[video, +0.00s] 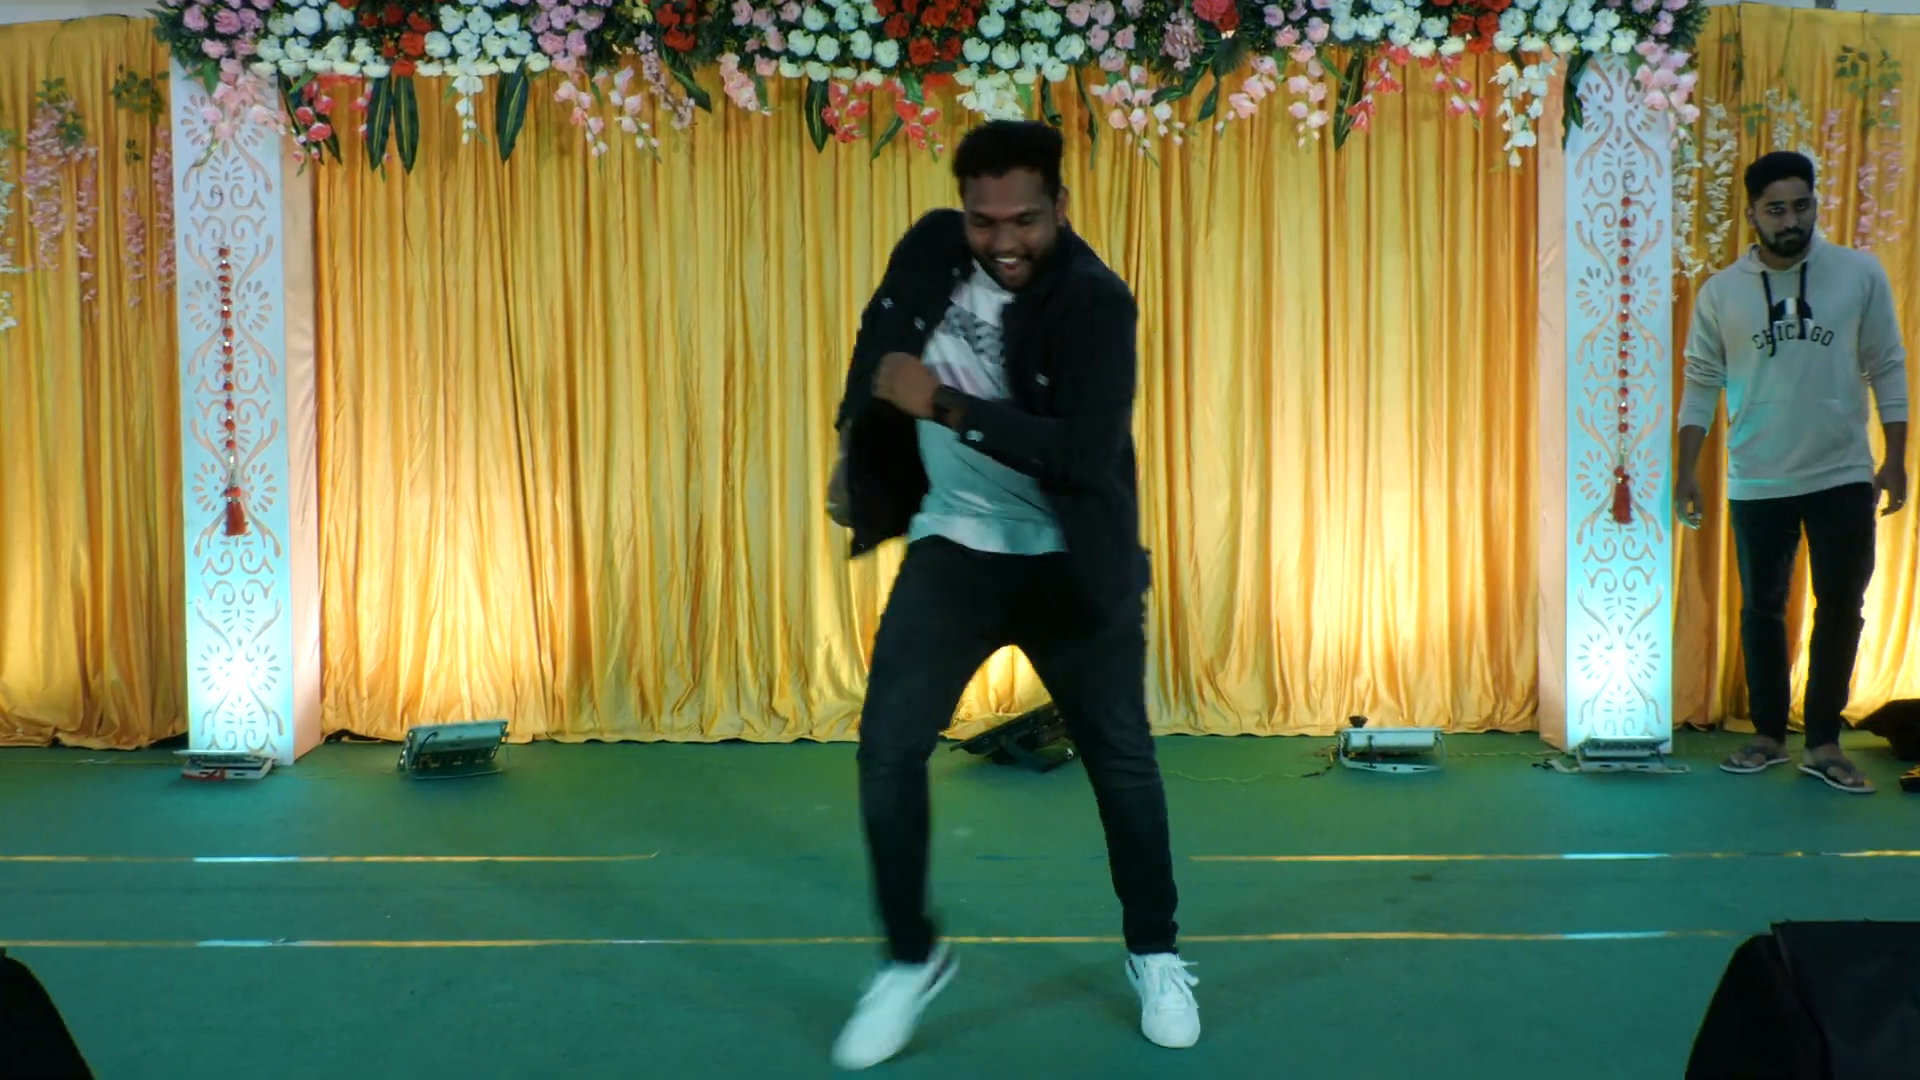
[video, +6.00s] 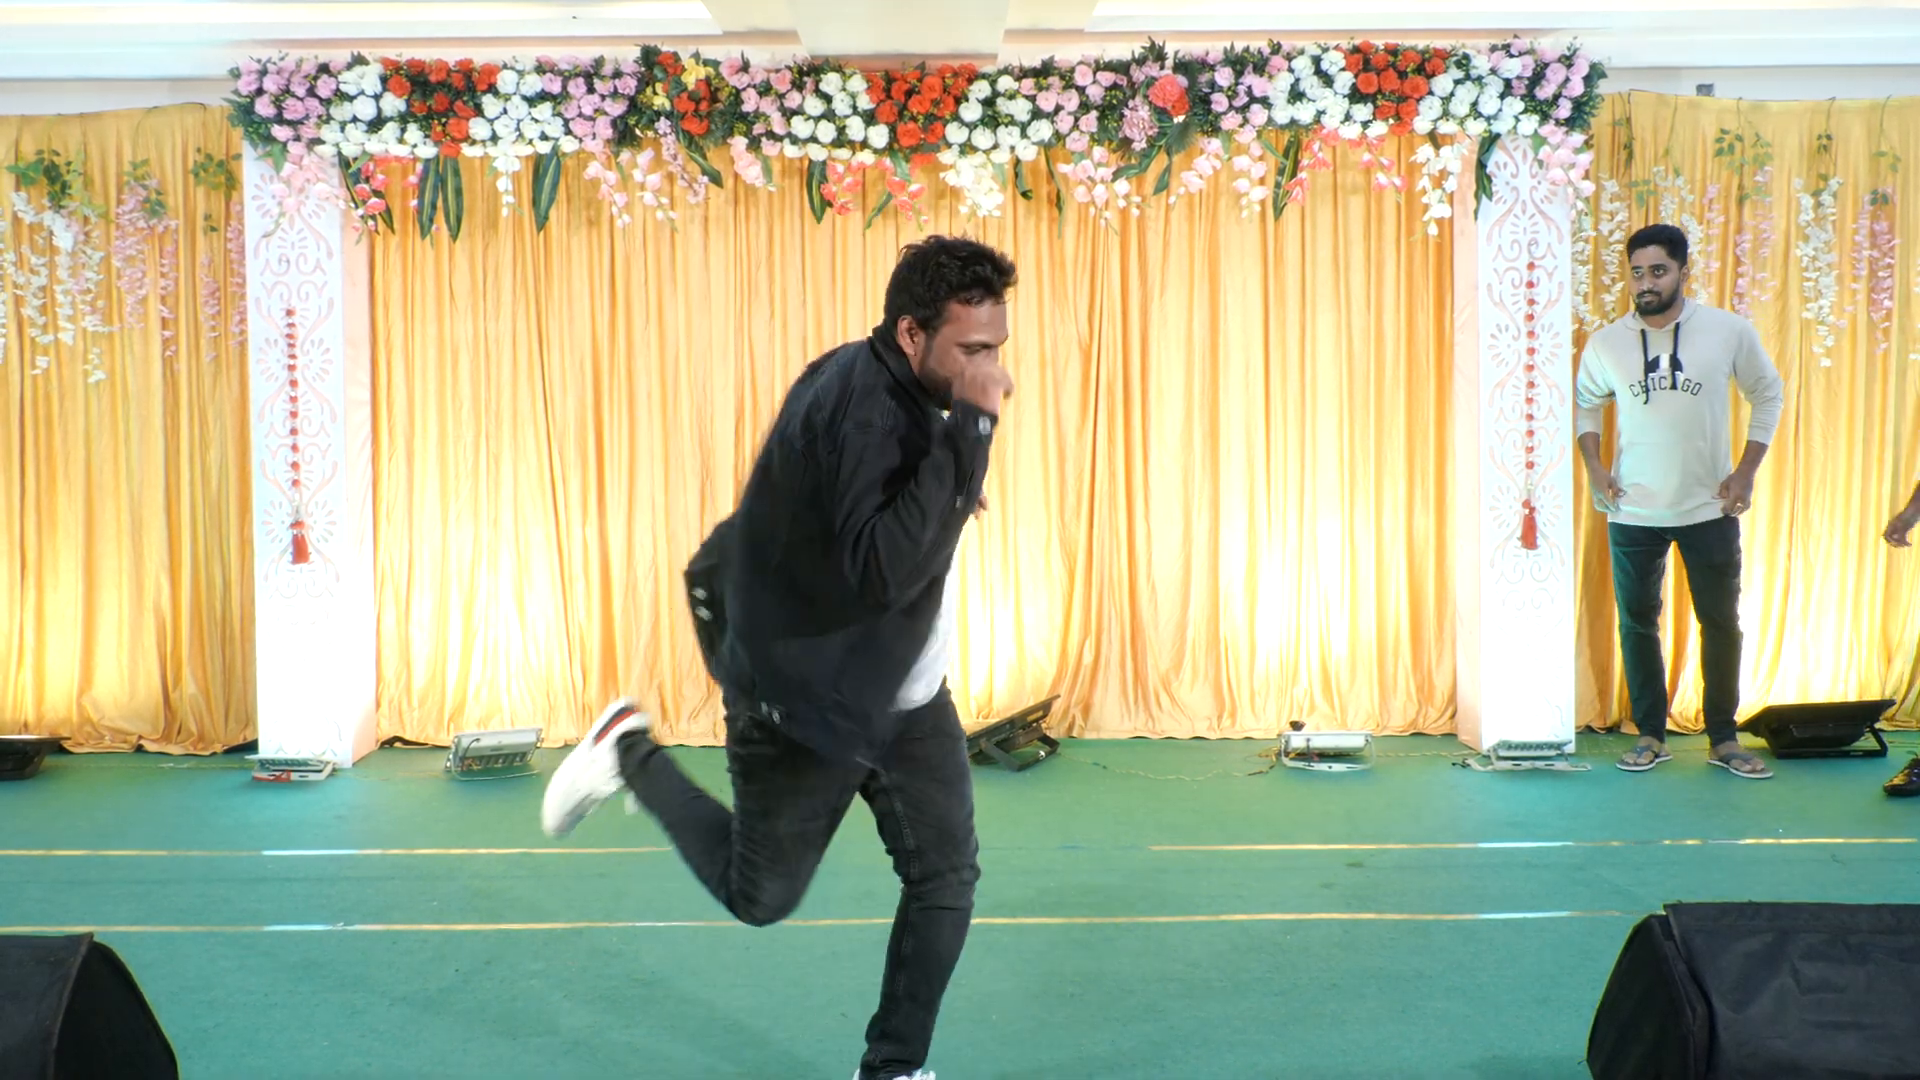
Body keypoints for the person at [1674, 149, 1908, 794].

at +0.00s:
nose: (1790, 217)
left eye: (1800, 205)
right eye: (1776, 207)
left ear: (1815, 206)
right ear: (1752, 213)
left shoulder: (1861, 276)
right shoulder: (1720, 293)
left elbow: (1888, 369)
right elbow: (1700, 383)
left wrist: (1897, 458)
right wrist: (1687, 469)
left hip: (1842, 472)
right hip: (1758, 478)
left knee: (1841, 608)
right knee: (1764, 606)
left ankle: (1824, 743)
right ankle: (1768, 736)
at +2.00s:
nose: (1809, 235)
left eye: (1823, 225)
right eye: (1798, 224)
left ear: (1845, 234)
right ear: (1784, 231)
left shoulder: (1878, 309)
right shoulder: (1747, 309)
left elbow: (1896, 404)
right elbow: (1721, 397)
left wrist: (1894, 490)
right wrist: (1714, 482)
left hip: (1840, 499)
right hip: (1760, 497)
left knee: (1826, 629)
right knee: (1740, 623)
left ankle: (1812, 750)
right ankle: (1722, 751)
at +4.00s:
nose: (1731, 273)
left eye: (1744, 264)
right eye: (1721, 264)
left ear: (1763, 272)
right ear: (1707, 270)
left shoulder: (1792, 341)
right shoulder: (1671, 338)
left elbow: (1804, 426)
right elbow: (1647, 416)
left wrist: (1802, 505)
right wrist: (1637, 491)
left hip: (1755, 510)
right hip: (1682, 508)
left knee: (1741, 628)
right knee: (1661, 623)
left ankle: (1727, 736)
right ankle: (1645, 736)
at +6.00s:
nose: (1646, 282)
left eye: (1658, 270)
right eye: (1637, 272)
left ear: (1684, 273)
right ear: (1627, 277)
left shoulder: (1728, 332)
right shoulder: (1607, 344)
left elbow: (1768, 395)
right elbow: (1586, 402)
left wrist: (1746, 471)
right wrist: (1595, 467)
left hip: (1708, 508)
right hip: (1634, 511)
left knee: (1721, 625)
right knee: (1637, 625)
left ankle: (1723, 739)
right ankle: (1649, 736)